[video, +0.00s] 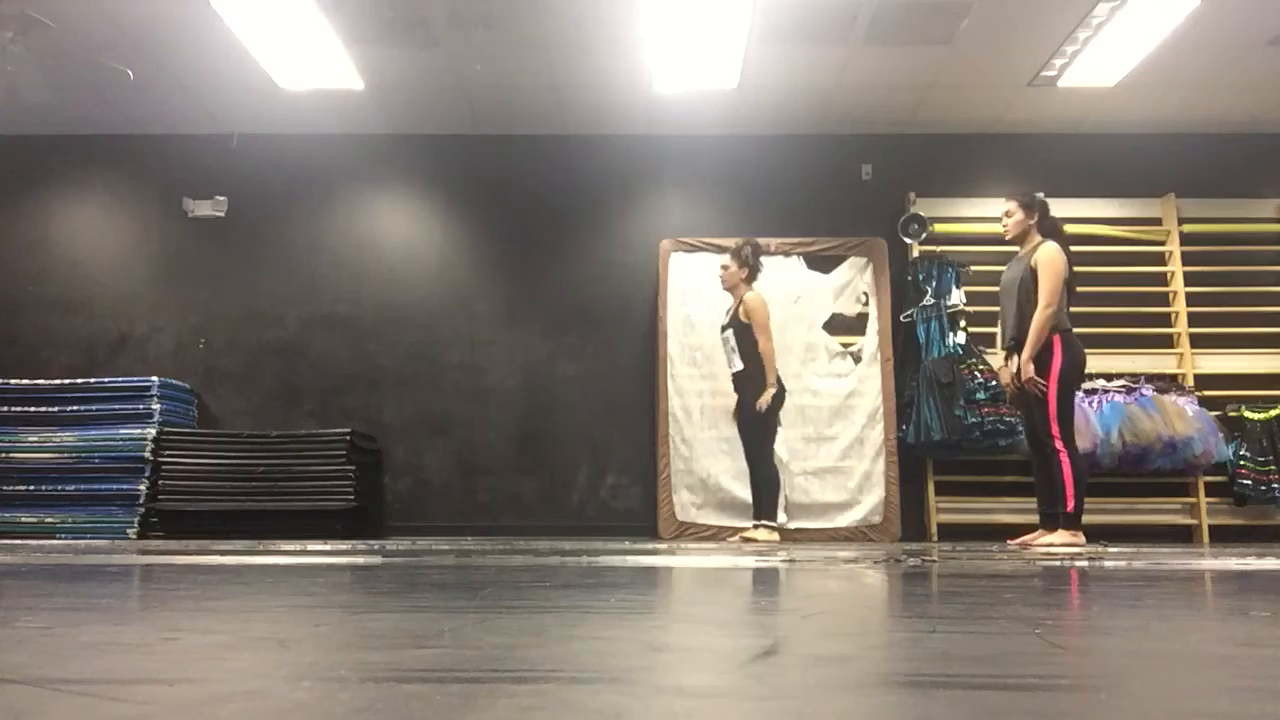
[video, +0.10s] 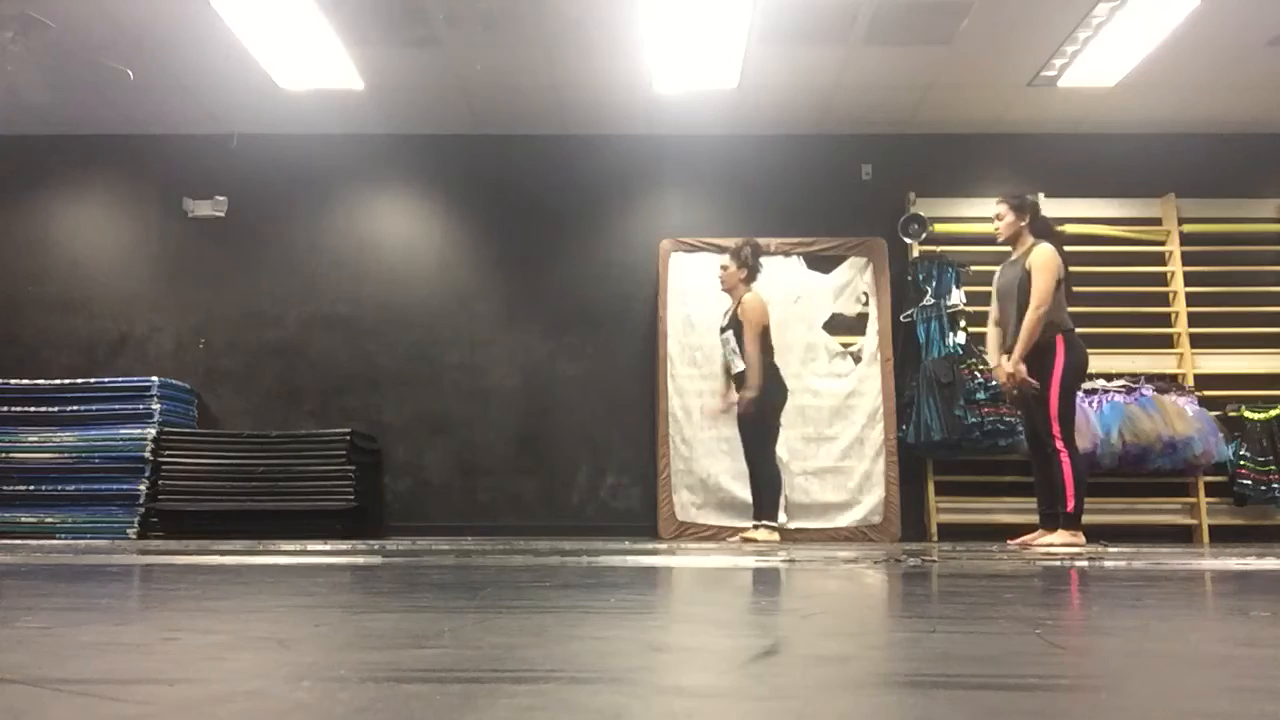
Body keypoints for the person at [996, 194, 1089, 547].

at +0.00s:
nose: (1003, 221)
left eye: (1009, 215)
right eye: (1002, 216)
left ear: (1032, 216)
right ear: (1015, 220)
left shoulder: (1049, 251)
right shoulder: (1017, 260)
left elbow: (1048, 308)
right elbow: (1009, 314)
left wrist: (1026, 357)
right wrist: (1004, 358)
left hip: (1053, 349)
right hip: (1029, 354)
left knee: (1057, 438)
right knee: (1039, 440)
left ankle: (1071, 528)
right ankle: (1050, 525)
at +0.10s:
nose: (995, 225)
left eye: (1000, 218)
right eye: (994, 219)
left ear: (1023, 218)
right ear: (1010, 221)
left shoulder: (1044, 252)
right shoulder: (1005, 268)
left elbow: (1040, 308)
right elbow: (994, 322)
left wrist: (1016, 358)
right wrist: (996, 362)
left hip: (1055, 349)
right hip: (1028, 355)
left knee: (1057, 435)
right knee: (1038, 438)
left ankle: (1071, 528)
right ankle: (1049, 525)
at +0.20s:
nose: (986, 229)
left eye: (991, 222)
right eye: (986, 223)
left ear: (1013, 222)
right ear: (1004, 224)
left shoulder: (1037, 254)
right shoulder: (995, 273)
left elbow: (1023, 307)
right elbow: (977, 322)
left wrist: (999, 353)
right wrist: (978, 360)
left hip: (1063, 350)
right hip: (1036, 355)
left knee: (1059, 434)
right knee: (1038, 436)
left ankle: (1072, 529)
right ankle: (1049, 526)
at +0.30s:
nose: (981, 230)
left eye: (987, 223)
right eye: (981, 224)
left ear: (1010, 224)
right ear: (997, 227)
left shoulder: (1032, 254)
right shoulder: (990, 271)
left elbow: (1007, 298)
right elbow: (964, 312)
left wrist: (974, 341)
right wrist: (956, 348)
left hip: (1064, 352)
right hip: (1036, 357)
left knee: (1060, 436)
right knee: (1038, 437)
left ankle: (1071, 529)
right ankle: (1049, 526)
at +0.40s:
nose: (983, 230)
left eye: (989, 223)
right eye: (982, 224)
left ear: (1012, 223)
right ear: (1004, 225)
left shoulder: (1030, 247)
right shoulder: (993, 264)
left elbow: (1020, 278)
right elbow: (969, 295)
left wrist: (963, 303)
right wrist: (947, 313)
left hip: (1060, 350)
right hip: (1034, 355)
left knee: (1048, 436)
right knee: (1029, 437)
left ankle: (1070, 528)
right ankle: (1048, 526)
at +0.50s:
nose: (995, 229)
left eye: (999, 222)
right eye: (994, 223)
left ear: (1022, 222)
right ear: (1009, 226)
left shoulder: (1039, 243)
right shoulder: (1008, 258)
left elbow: (1054, 275)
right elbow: (997, 296)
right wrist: (958, 287)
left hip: (1047, 349)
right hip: (1024, 353)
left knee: (1023, 433)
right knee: (1006, 436)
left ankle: (1067, 523)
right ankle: (1040, 521)